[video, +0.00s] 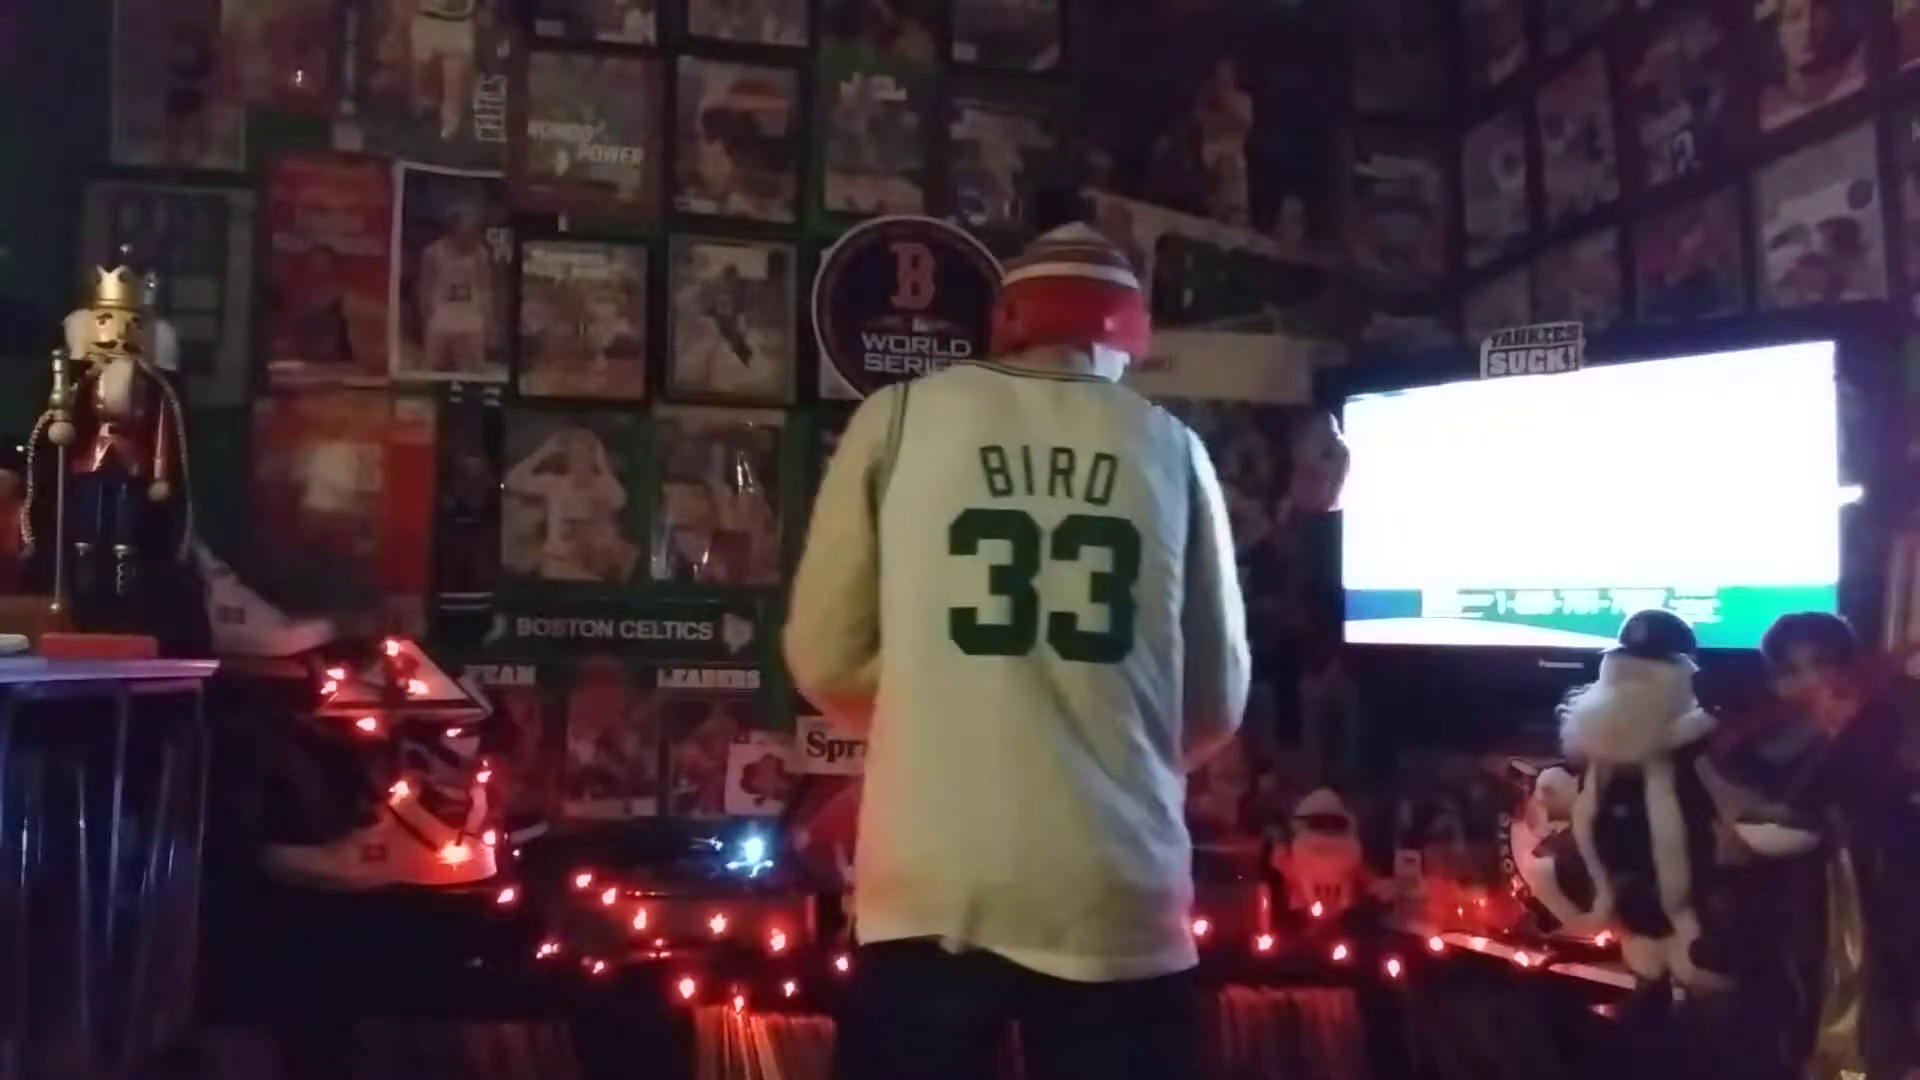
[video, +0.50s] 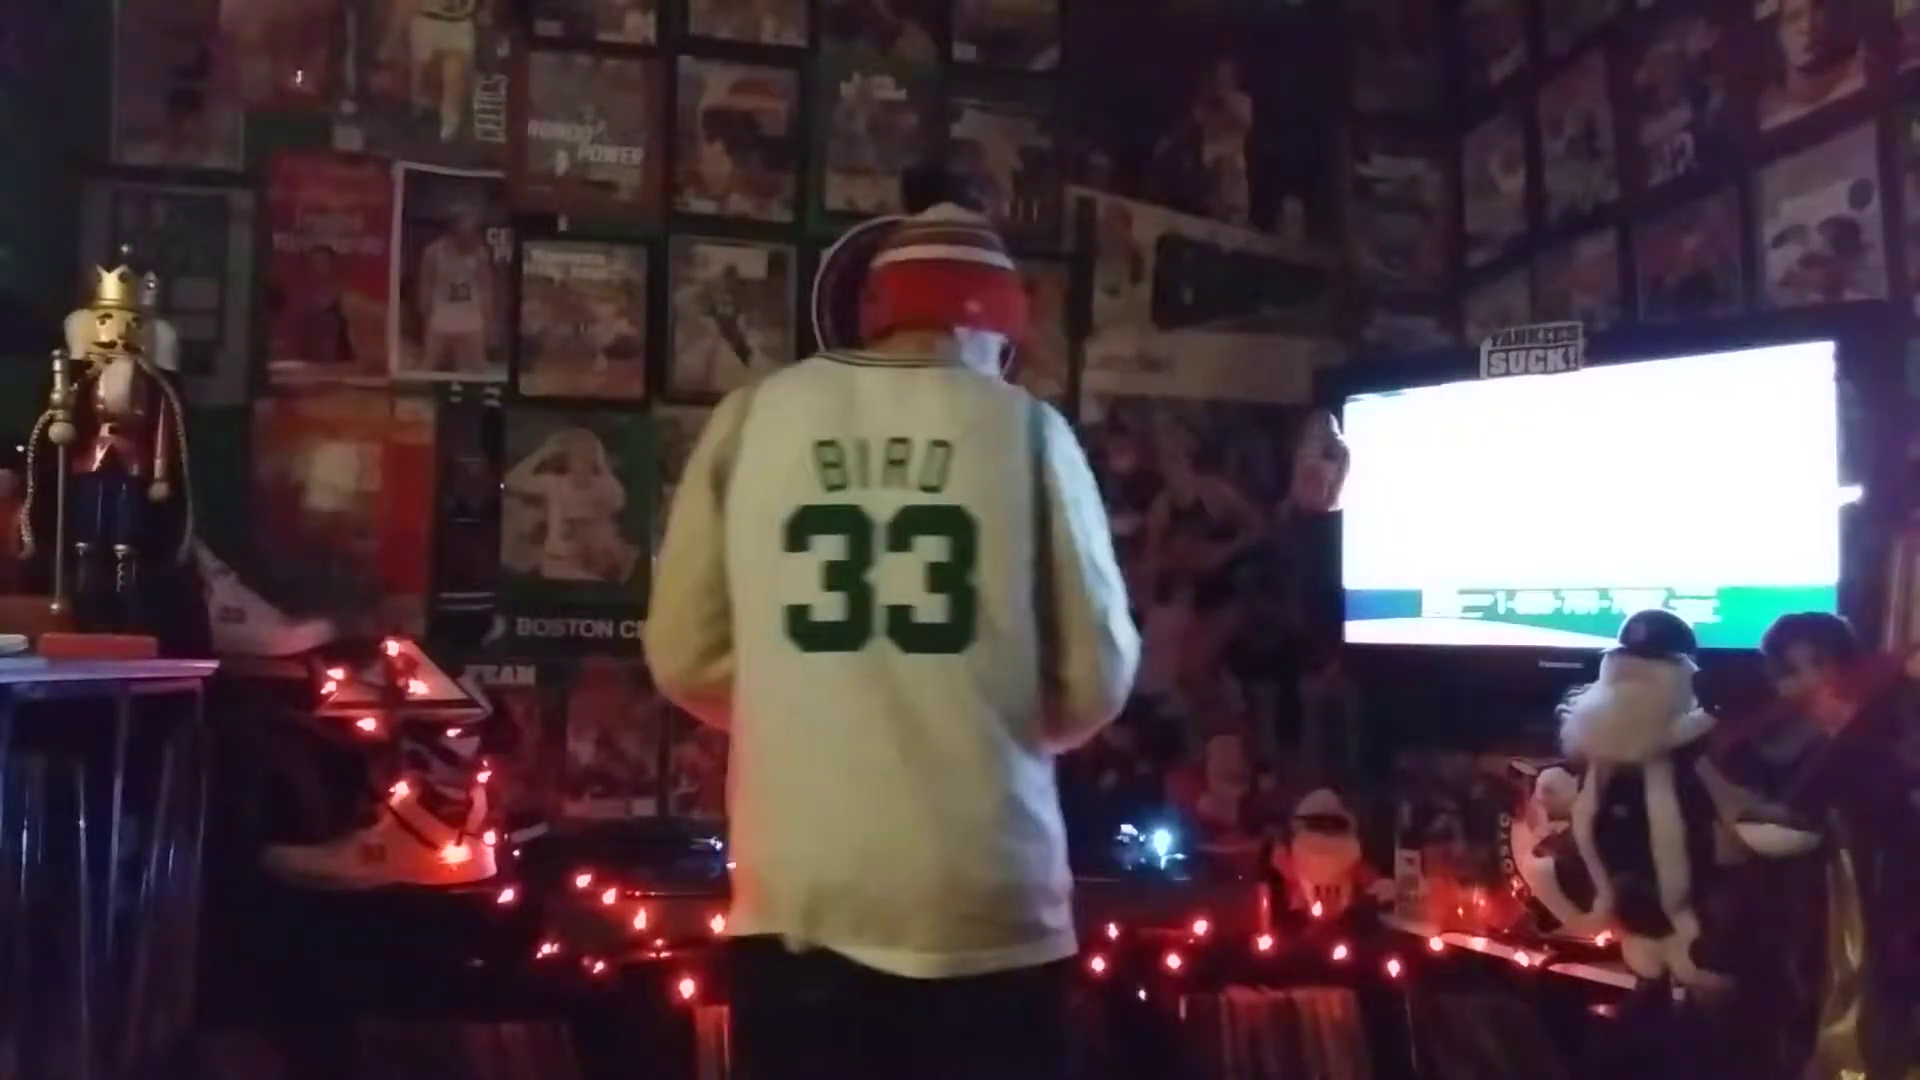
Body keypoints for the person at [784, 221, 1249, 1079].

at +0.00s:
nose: (1138, 357)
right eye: (1135, 341)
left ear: (1005, 325)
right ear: (1128, 340)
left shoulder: (898, 416)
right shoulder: (1177, 452)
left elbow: (825, 654)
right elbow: (1216, 699)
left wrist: (938, 718)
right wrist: (1110, 769)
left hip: (923, 882)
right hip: (1116, 893)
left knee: (907, 1066)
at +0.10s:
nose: (1122, 360)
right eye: (1119, 345)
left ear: (985, 326)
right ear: (1107, 342)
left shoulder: (875, 414)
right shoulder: (1150, 450)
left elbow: (797, 653)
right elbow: (1200, 701)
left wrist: (913, 712)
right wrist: (1099, 771)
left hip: (899, 899)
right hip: (1094, 910)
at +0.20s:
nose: (1084, 356)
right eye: (1083, 339)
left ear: (958, 322)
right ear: (1074, 336)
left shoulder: (844, 414)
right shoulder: (1123, 447)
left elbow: (766, 651)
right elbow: (1177, 696)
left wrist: (884, 709)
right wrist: (1079, 763)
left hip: (878, 890)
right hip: (1071, 903)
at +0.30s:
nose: (1063, 353)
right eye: (1060, 335)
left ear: (929, 316)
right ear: (1048, 332)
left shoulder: (815, 415)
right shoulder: (1092, 440)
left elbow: (738, 652)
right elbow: (1150, 685)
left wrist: (858, 714)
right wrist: (1059, 762)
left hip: (851, 895)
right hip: (1045, 904)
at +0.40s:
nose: (1031, 353)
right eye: (1029, 335)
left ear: (899, 317)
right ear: (1015, 327)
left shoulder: (782, 414)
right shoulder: (1060, 434)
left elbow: (709, 652)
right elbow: (1121, 679)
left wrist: (822, 724)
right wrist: (1022, 750)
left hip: (824, 916)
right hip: (1019, 920)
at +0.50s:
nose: (1013, 352)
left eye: (1011, 339)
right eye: (1010, 335)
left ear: (874, 316)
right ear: (994, 327)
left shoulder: (756, 412)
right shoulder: (1032, 430)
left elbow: (685, 653)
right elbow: (1093, 678)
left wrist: (809, 721)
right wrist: (982, 735)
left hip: (796, 903)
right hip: (990, 908)